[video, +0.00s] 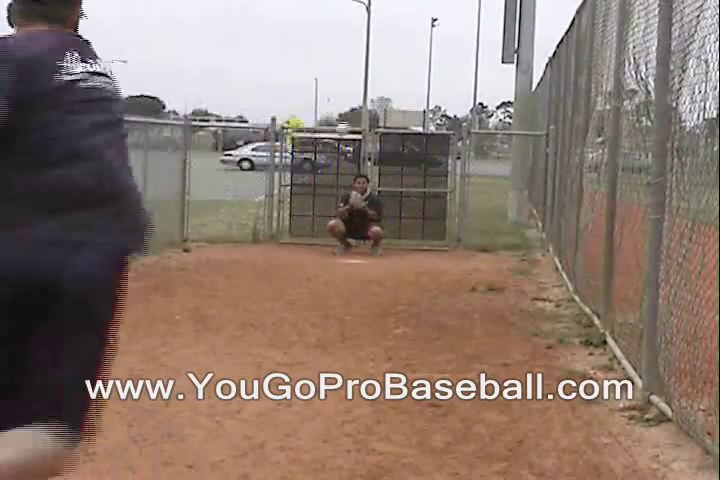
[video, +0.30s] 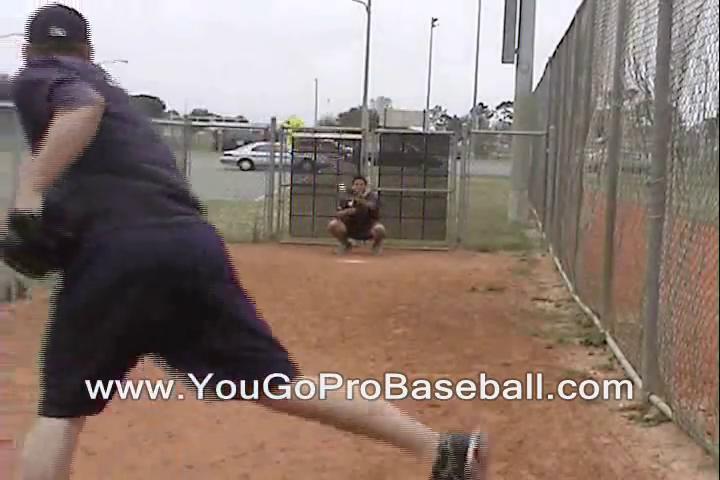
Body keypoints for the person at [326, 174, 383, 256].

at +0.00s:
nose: (361, 186)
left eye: (364, 183)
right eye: (358, 183)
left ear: (367, 185)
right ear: (354, 185)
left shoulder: (373, 199)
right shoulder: (346, 197)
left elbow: (378, 217)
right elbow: (338, 213)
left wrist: (364, 208)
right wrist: (350, 206)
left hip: (365, 227)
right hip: (349, 226)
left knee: (376, 231)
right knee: (332, 225)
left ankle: (376, 245)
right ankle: (346, 244)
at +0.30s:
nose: (358, 187)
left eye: (361, 185)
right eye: (356, 184)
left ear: (365, 187)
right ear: (352, 186)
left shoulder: (371, 197)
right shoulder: (347, 198)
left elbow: (373, 207)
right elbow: (338, 214)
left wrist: (359, 201)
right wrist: (348, 211)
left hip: (366, 227)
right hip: (350, 227)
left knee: (379, 229)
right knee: (333, 225)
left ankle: (376, 246)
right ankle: (346, 244)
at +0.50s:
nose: (357, 188)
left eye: (359, 185)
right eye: (354, 185)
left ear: (364, 187)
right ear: (351, 187)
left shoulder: (371, 197)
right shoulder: (347, 197)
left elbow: (370, 207)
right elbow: (338, 209)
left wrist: (354, 208)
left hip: (366, 227)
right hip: (350, 227)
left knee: (379, 229)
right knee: (334, 225)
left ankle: (377, 245)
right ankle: (346, 244)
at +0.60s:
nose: (356, 189)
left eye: (359, 186)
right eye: (354, 186)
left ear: (364, 186)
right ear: (351, 187)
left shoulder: (371, 198)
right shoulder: (347, 199)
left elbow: (370, 209)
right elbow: (338, 215)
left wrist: (354, 209)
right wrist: (344, 210)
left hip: (366, 228)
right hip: (350, 227)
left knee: (379, 230)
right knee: (333, 225)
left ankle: (377, 245)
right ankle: (346, 245)